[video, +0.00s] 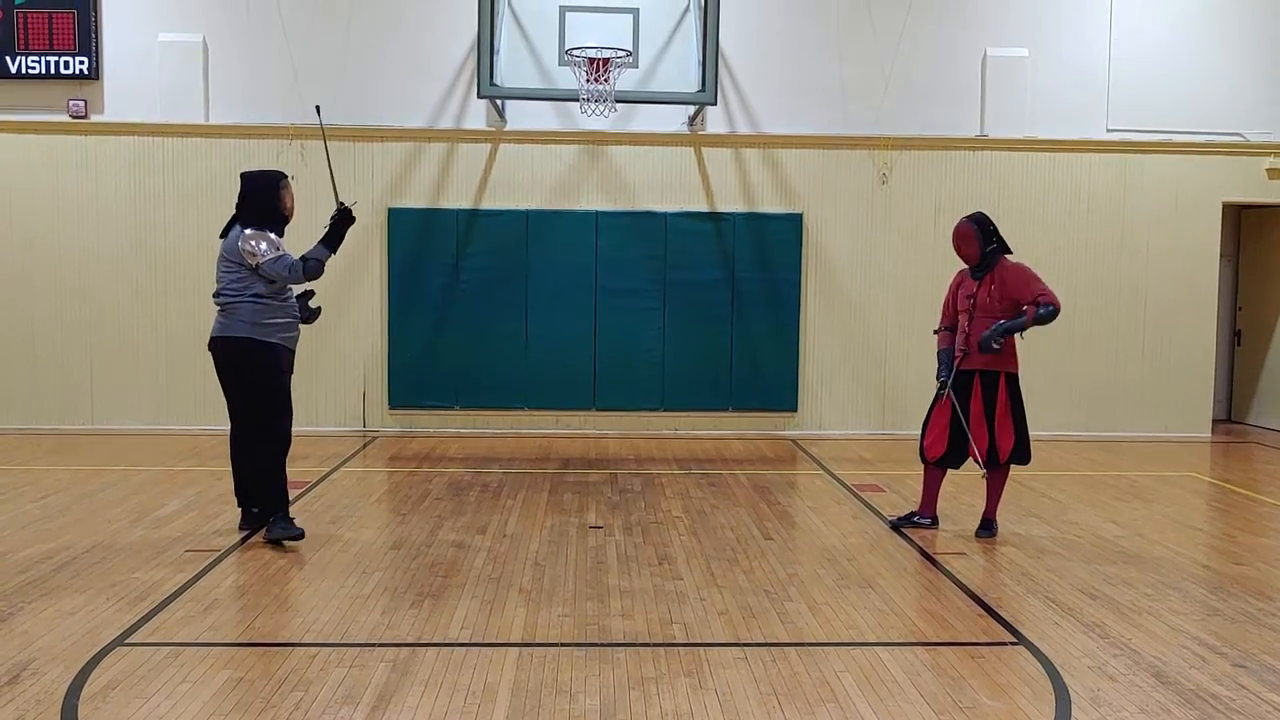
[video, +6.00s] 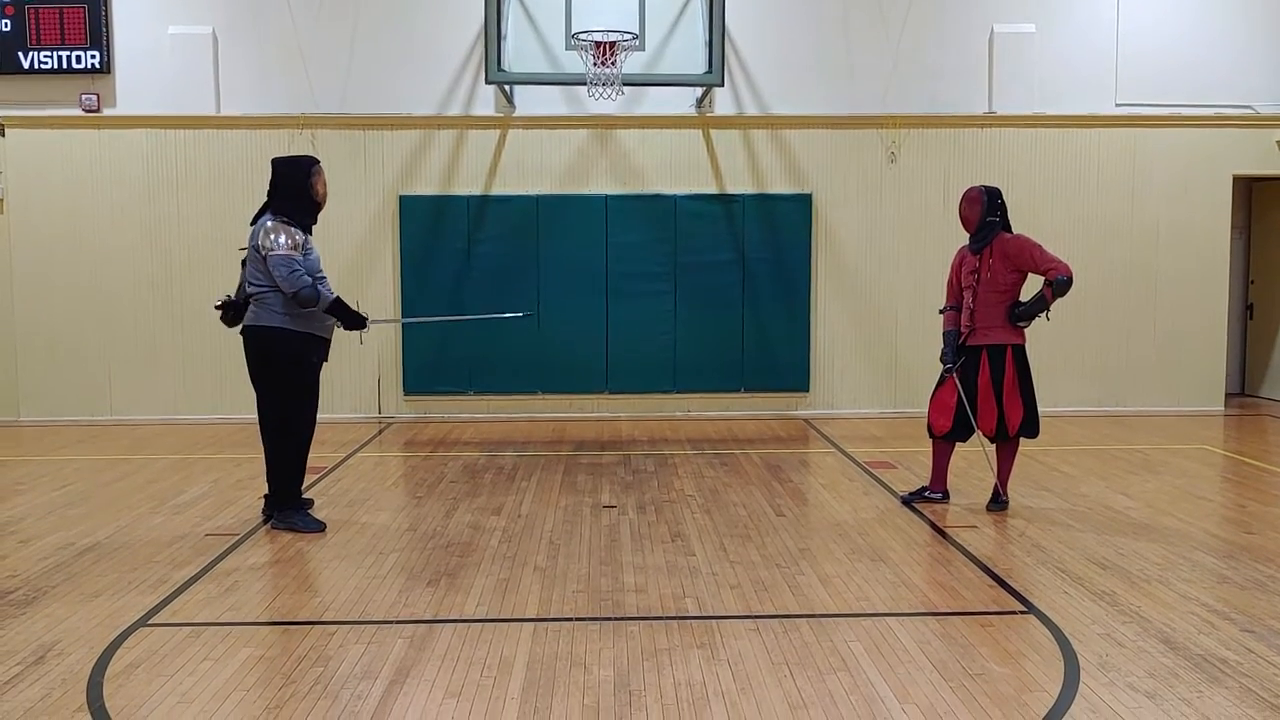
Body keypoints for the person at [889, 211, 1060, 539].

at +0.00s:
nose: (960, 251)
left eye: (964, 244)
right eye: (957, 245)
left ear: (984, 241)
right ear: (960, 245)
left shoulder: (1011, 271)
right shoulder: (961, 279)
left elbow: (1049, 306)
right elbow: (947, 325)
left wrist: (1004, 328)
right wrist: (944, 363)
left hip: (997, 373)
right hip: (960, 373)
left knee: (998, 443)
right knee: (936, 436)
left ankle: (989, 517)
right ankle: (926, 512)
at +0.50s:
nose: (936, 290)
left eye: (940, 282)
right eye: (933, 284)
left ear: (959, 277)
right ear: (934, 283)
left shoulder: (990, 306)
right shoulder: (937, 315)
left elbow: (1042, 334)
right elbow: (927, 364)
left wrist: (1012, 363)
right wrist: (926, 402)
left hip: (981, 406)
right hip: (943, 407)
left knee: (981, 476)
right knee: (920, 469)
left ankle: (973, 549)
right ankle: (911, 545)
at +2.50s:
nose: (943, 258)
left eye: (949, 252)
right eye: (943, 251)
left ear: (968, 256)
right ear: (958, 257)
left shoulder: (991, 291)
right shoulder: (942, 301)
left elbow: (1040, 322)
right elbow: (930, 349)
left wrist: (1010, 354)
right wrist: (928, 390)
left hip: (981, 393)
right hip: (943, 393)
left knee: (982, 463)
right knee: (920, 456)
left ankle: (974, 536)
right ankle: (912, 531)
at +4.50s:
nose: (966, 229)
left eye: (972, 222)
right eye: (967, 222)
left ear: (991, 225)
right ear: (979, 226)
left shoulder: (1015, 261)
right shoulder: (965, 270)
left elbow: (1063, 292)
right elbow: (952, 319)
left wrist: (1032, 324)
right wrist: (949, 358)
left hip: (1003, 363)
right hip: (965, 363)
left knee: (1004, 434)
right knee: (941, 426)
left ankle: (995, 506)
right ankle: (932, 500)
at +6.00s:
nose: (962, 216)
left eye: (967, 208)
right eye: (961, 209)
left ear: (987, 210)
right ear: (971, 211)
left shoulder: (1013, 244)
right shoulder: (964, 255)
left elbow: (1061, 275)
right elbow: (953, 304)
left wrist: (1032, 308)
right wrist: (949, 343)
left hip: (1004, 347)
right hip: (967, 348)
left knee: (1007, 417)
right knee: (944, 411)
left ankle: (1000, 490)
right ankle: (937, 486)